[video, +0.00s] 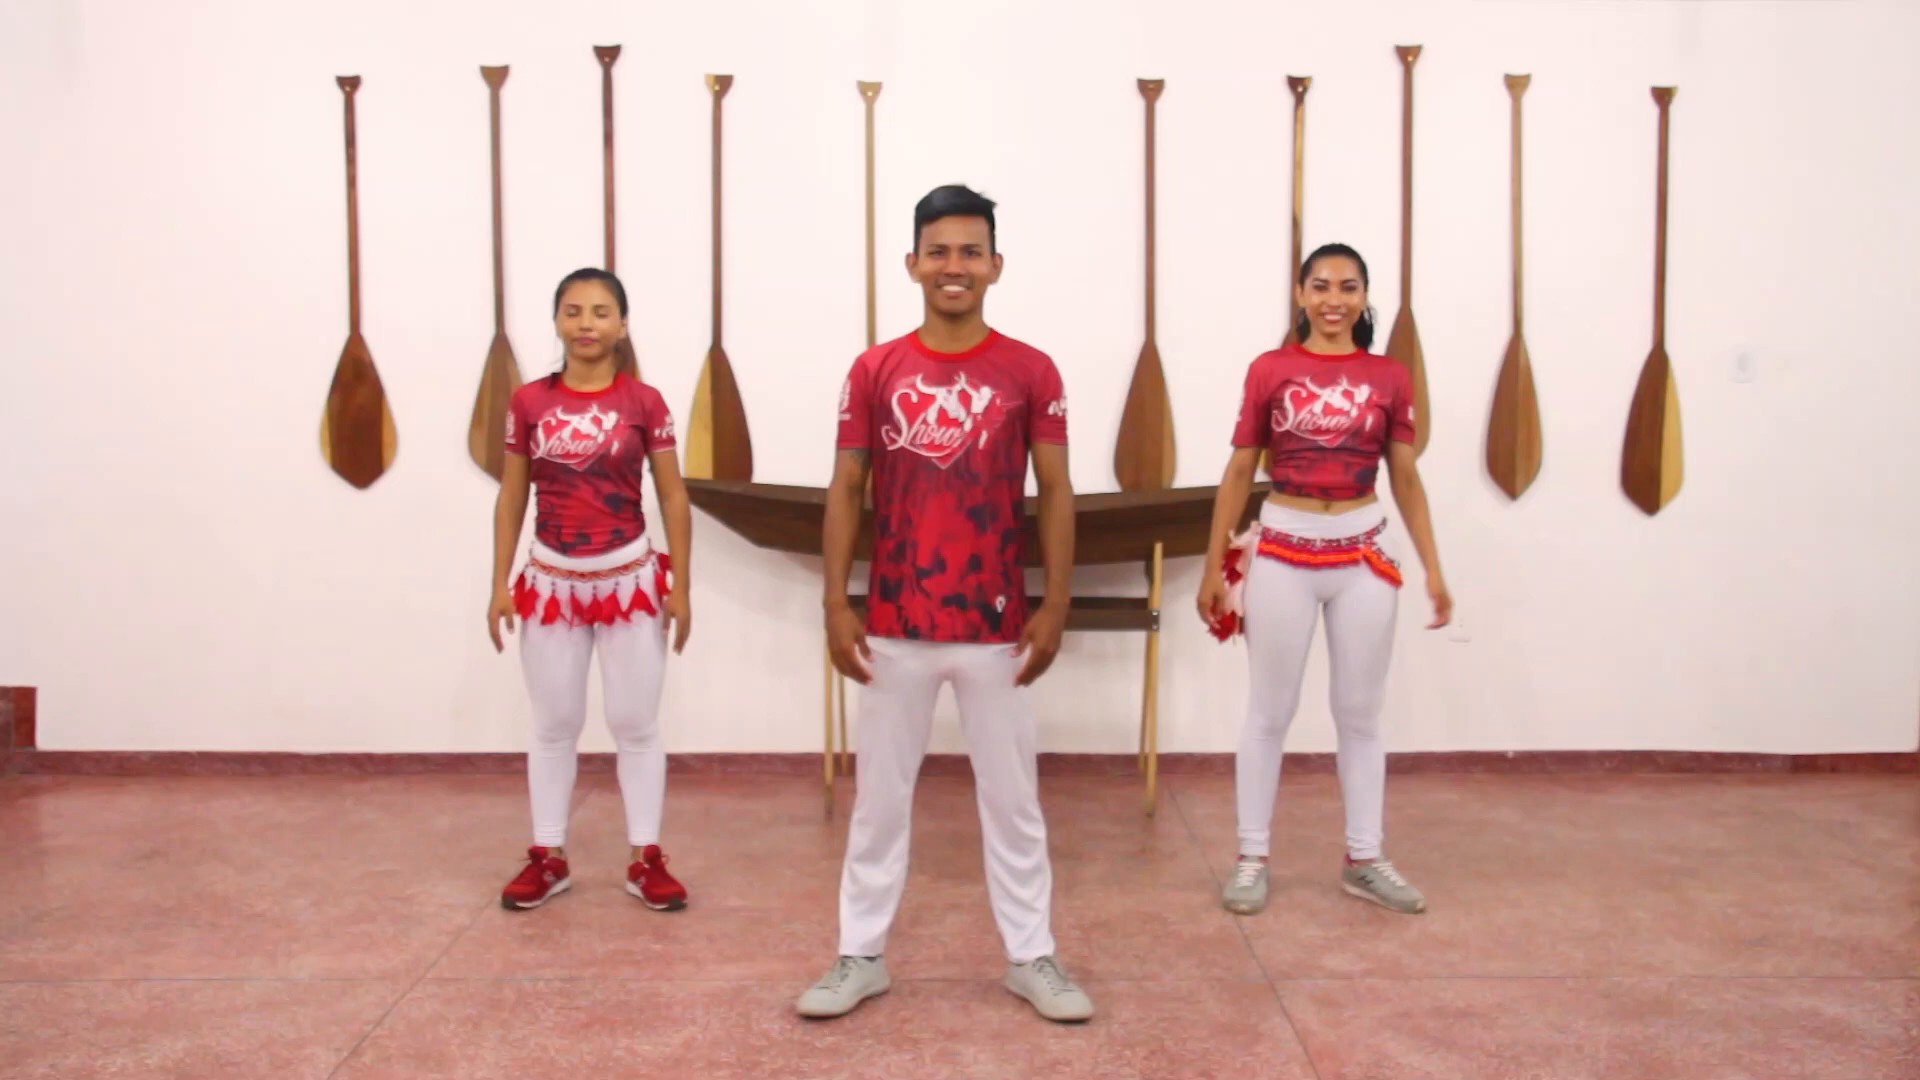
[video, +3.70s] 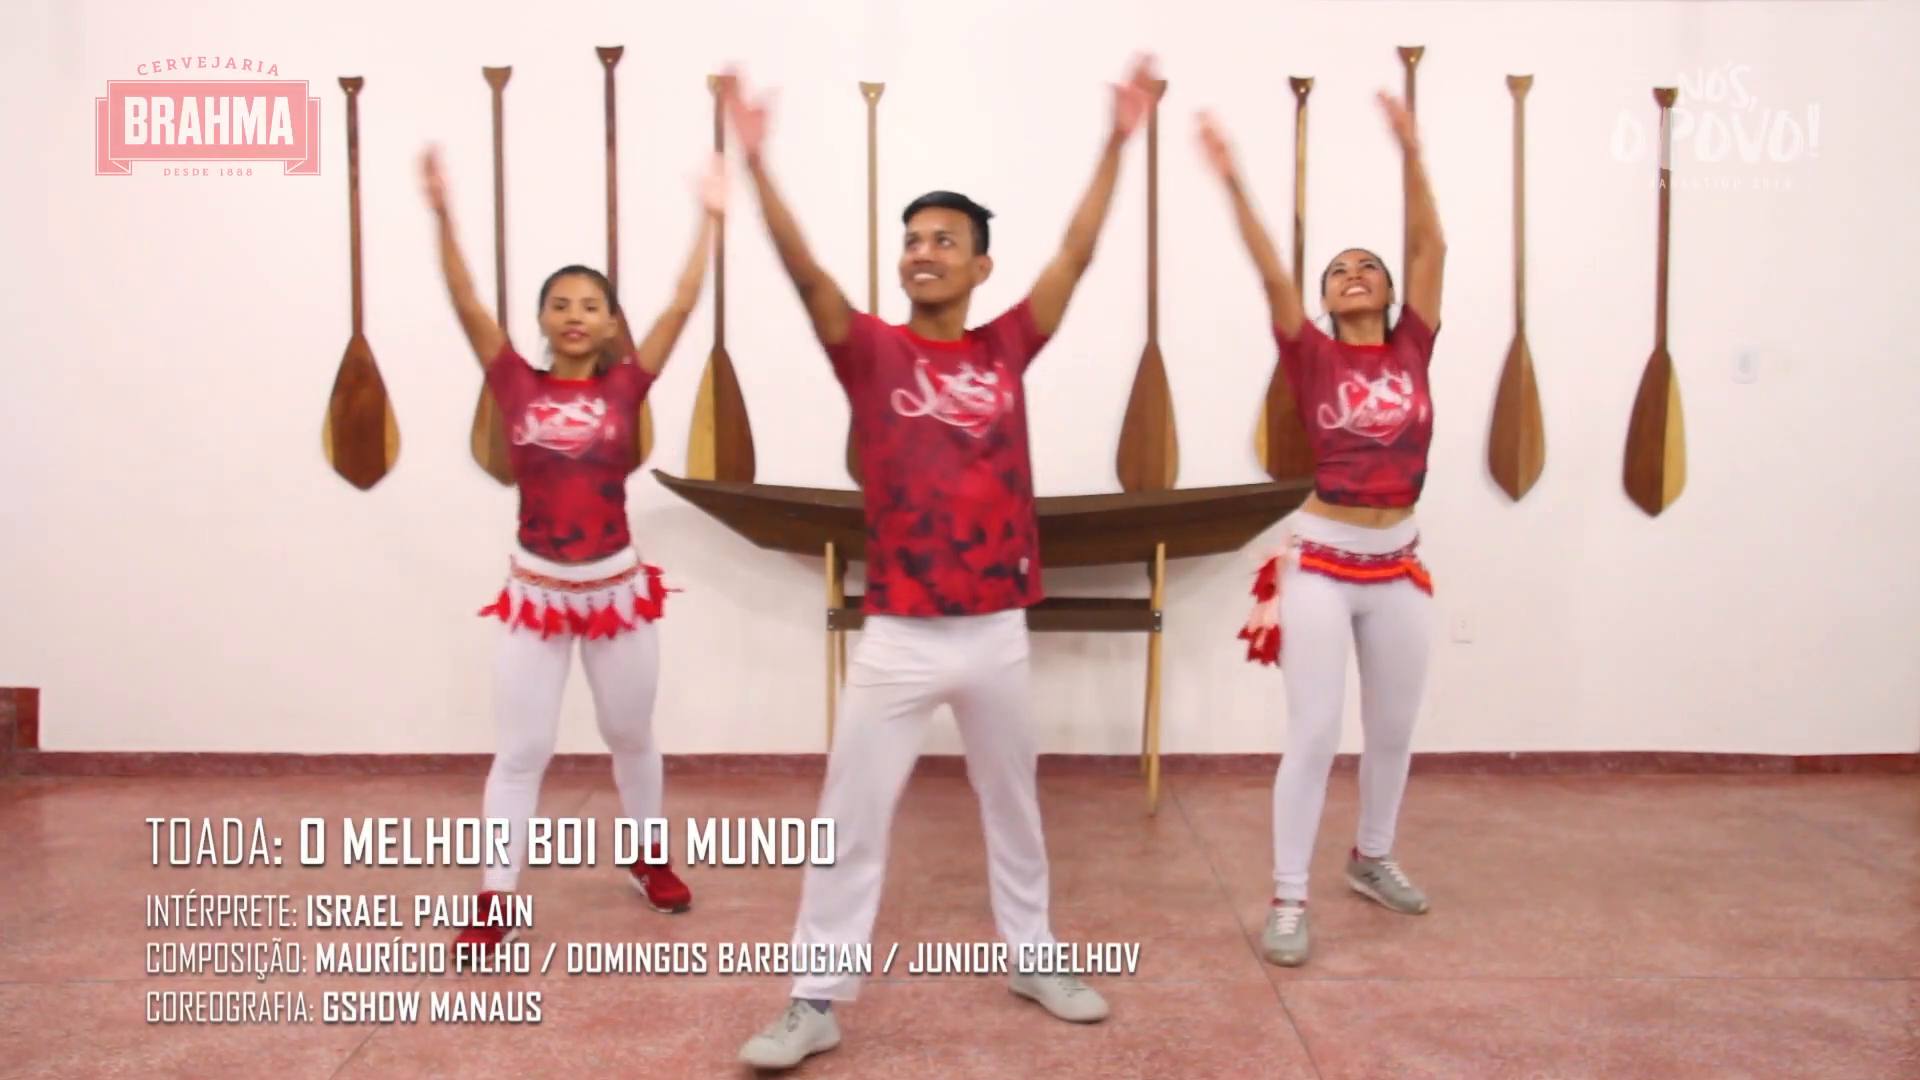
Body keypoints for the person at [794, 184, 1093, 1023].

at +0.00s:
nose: (955, 266)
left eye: (971, 251)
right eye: (940, 252)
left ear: (994, 264)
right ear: (915, 263)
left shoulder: (1031, 372)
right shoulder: (874, 371)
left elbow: (1057, 491)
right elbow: (845, 490)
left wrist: (1056, 603)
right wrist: (835, 602)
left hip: (995, 625)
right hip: (895, 623)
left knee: (1013, 802)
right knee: (880, 797)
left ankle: (1032, 955)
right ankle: (860, 953)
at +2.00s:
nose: (955, 269)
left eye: (971, 254)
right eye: (939, 255)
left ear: (993, 264)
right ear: (914, 267)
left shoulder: (1031, 369)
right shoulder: (876, 374)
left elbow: (1057, 490)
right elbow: (852, 495)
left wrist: (1054, 602)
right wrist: (844, 604)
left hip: (997, 623)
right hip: (900, 623)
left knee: (1016, 799)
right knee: (881, 796)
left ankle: (1034, 955)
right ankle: (862, 954)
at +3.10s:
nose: (970, 249)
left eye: (989, 237)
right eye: (956, 239)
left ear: (1023, 262)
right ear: (941, 266)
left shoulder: (1056, 375)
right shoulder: (918, 374)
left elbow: (1058, 490)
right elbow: (927, 500)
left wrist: (1052, 595)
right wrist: (972, 607)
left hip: (1038, 623)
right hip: (950, 623)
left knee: (1039, 801)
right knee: (916, 795)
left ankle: (1035, 955)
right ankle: (871, 952)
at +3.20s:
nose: (967, 250)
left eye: (986, 238)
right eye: (955, 240)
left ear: (1022, 262)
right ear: (941, 266)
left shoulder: (1054, 372)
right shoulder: (920, 367)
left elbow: (1087, 486)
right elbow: (930, 482)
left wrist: (1113, 587)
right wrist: (1020, 561)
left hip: (1043, 622)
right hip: (958, 624)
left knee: (1043, 799)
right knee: (927, 797)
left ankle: (1037, 954)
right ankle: (880, 951)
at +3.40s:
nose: (958, 245)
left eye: (977, 234)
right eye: (946, 236)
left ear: (1015, 258)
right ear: (934, 263)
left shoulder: (1055, 351)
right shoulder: (920, 355)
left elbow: (1140, 363)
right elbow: (889, 360)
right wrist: (952, 312)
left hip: (1035, 622)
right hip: (944, 622)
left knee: (1037, 803)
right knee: (890, 788)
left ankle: (1035, 955)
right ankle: (850, 959)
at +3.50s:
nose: (954, 248)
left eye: (973, 235)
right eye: (942, 238)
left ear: (1009, 258)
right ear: (929, 265)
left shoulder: (1043, 344)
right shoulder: (914, 352)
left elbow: (1147, 297)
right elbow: (872, 301)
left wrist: (1239, 233)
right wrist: (906, 206)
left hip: (1029, 623)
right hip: (935, 624)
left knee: (1033, 803)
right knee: (878, 798)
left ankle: (1035, 958)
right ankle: (819, 975)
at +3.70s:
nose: (922, 254)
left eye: (943, 242)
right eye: (912, 243)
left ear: (981, 265)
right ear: (899, 261)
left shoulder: (1006, 348)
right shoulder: (869, 349)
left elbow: (1077, 249)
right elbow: (803, 270)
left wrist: (1120, 138)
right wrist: (757, 163)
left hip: (994, 627)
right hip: (896, 630)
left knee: (1014, 805)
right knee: (850, 817)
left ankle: (1033, 956)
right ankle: (816, 998)